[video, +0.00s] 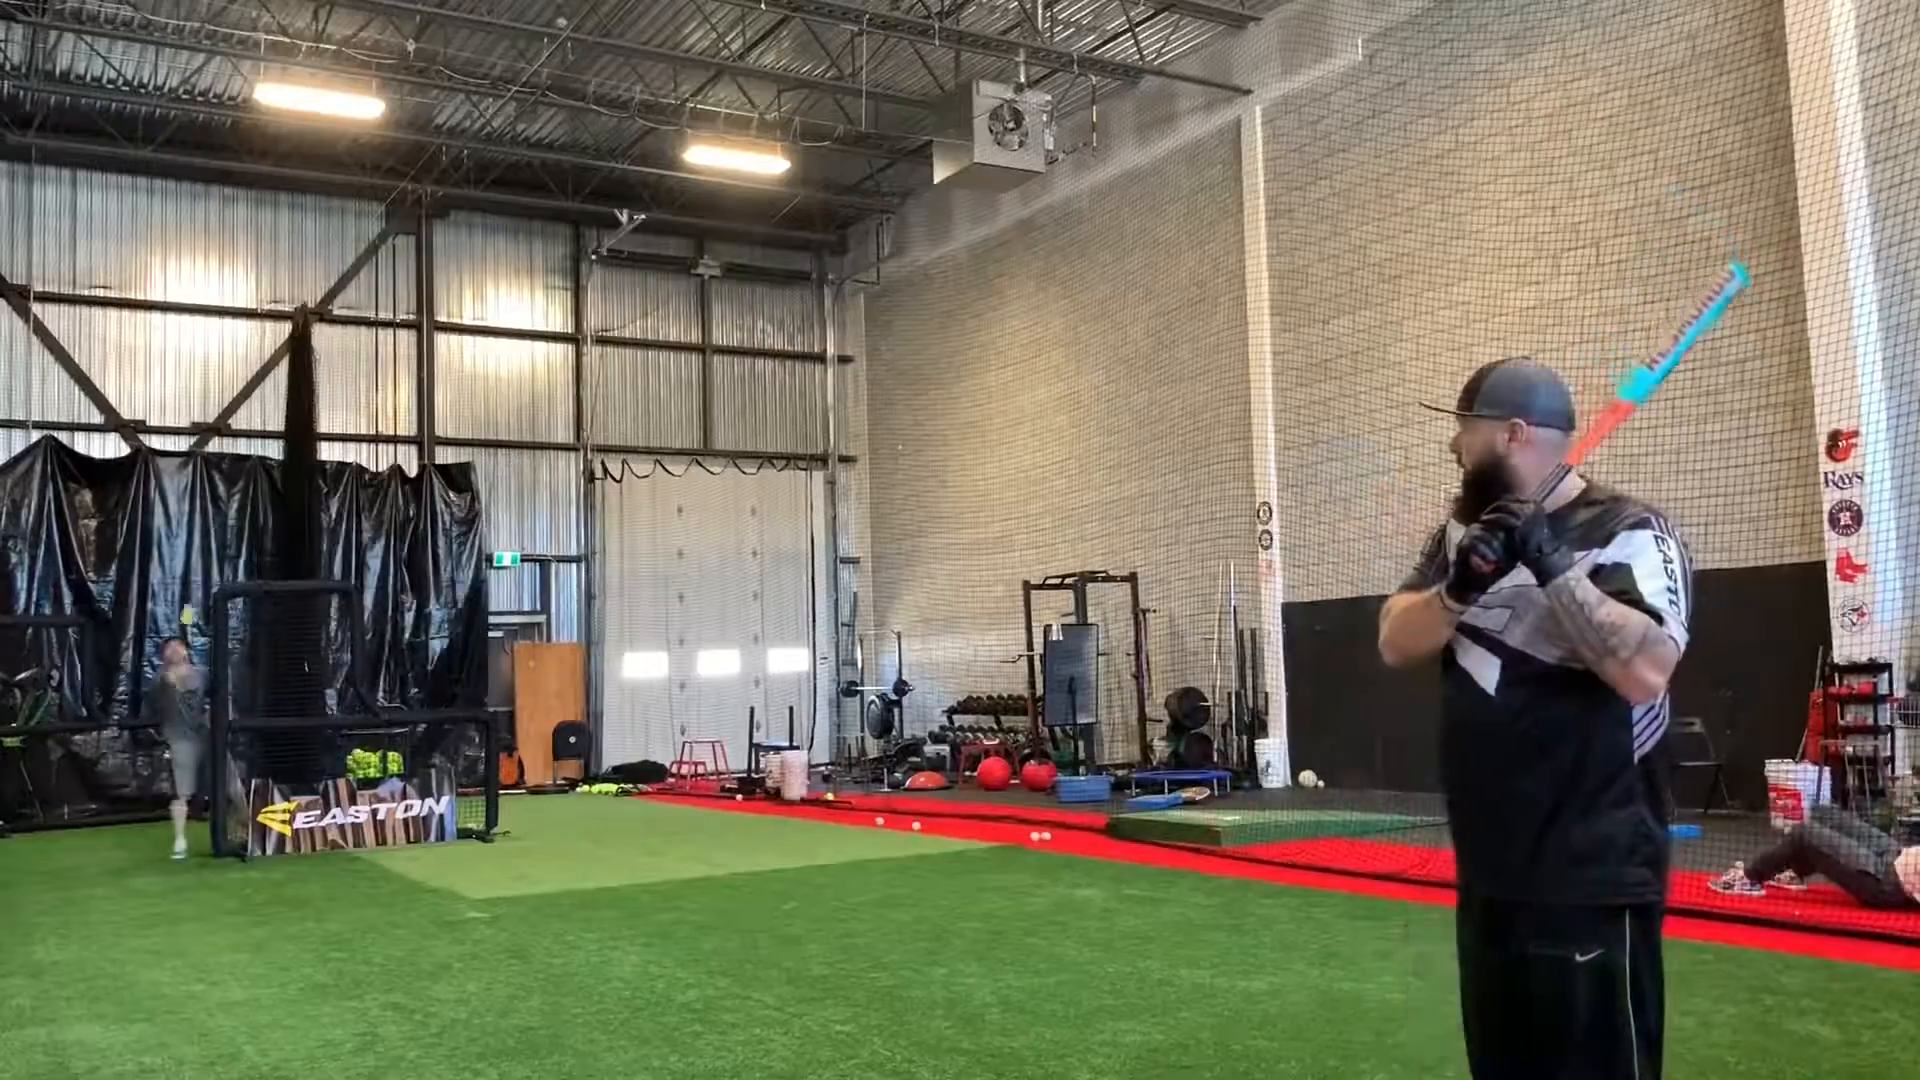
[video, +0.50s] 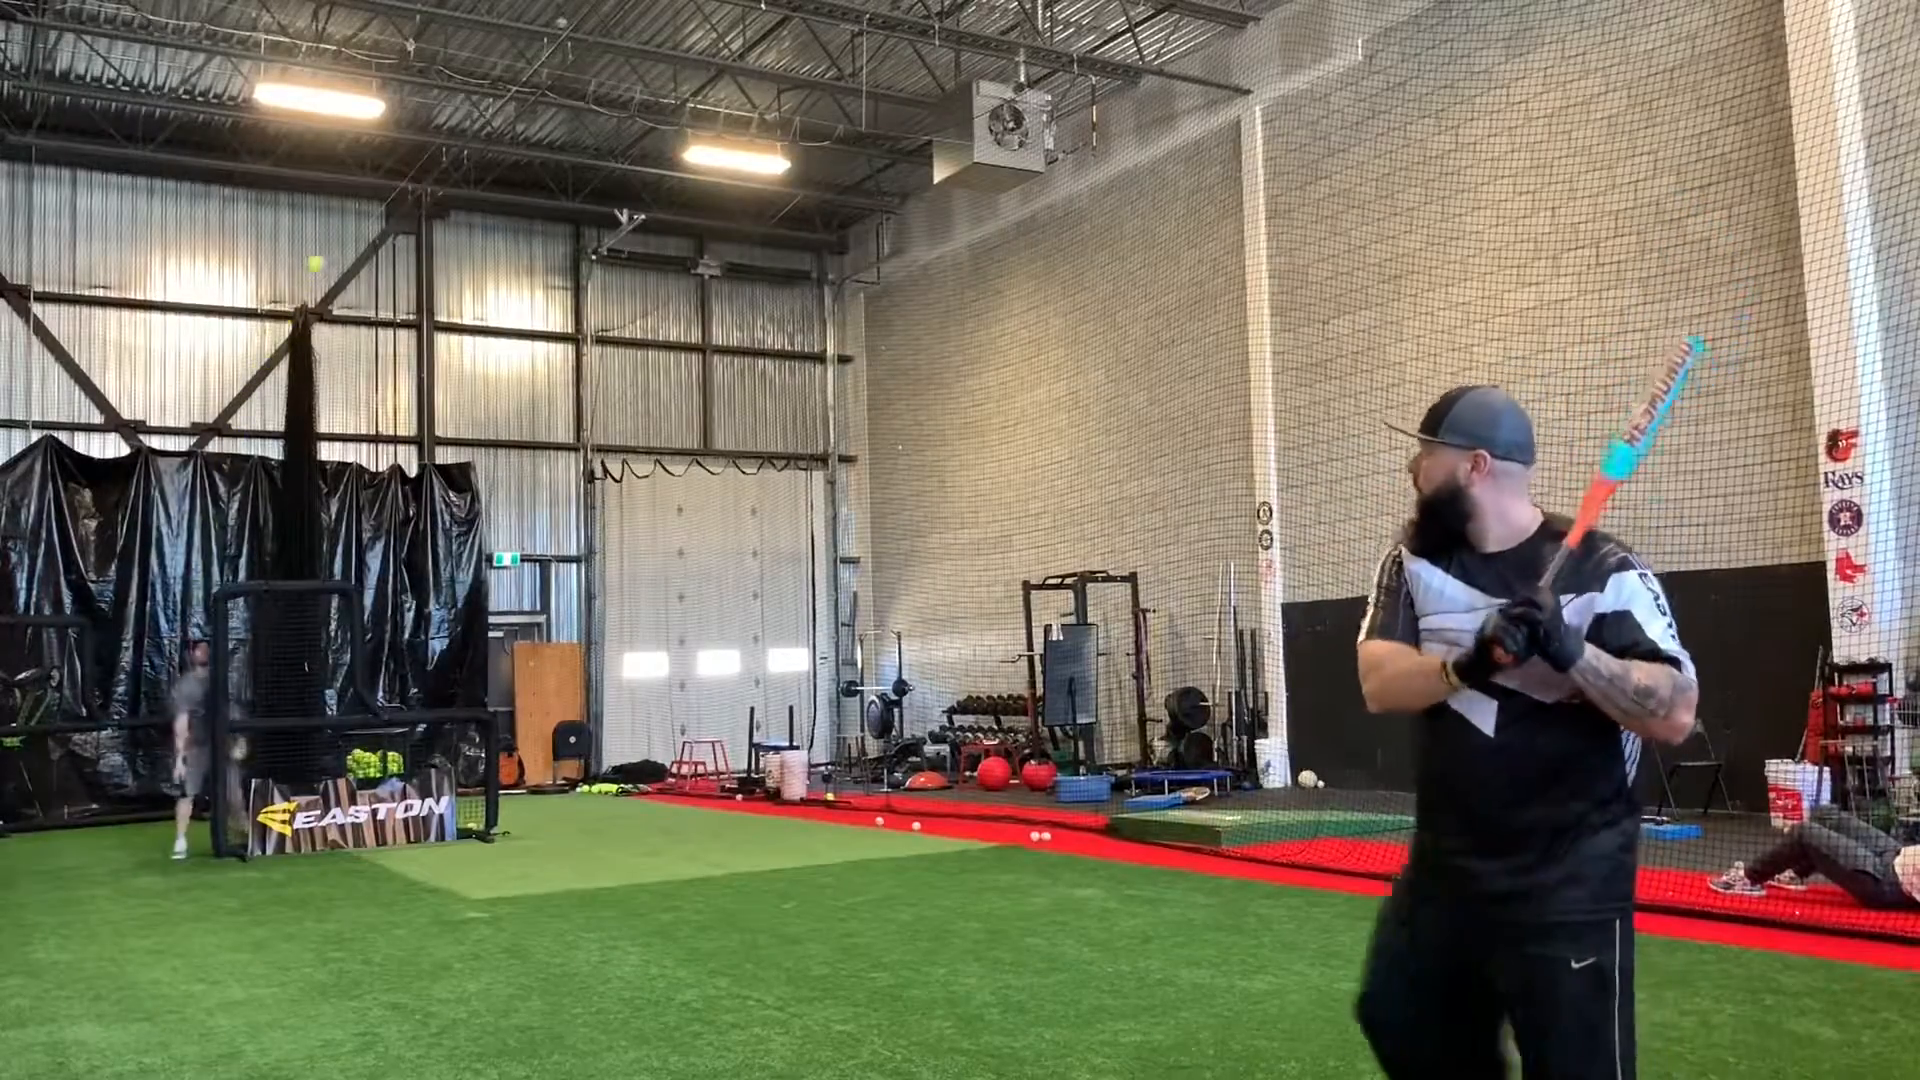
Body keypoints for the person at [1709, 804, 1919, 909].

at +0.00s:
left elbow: (1912, 887)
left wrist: (1908, 861)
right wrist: (1912, 856)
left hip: (1887, 884)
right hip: (1898, 858)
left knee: (1805, 836)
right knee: (1822, 813)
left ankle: (1748, 877)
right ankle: (1797, 873)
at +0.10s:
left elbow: (1912, 887)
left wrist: (1908, 861)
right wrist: (1911, 856)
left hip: (1886, 882)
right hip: (1898, 855)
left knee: (1805, 835)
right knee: (1823, 814)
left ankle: (1747, 876)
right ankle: (1797, 873)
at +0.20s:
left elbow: (1912, 887)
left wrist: (1908, 860)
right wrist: (1911, 856)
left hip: (1885, 882)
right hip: (1898, 855)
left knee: (1805, 835)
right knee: (1822, 814)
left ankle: (1748, 877)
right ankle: (1797, 874)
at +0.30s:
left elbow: (1912, 887)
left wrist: (1908, 861)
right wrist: (1911, 856)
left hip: (1885, 883)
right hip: (1898, 855)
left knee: (1805, 834)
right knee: (1822, 814)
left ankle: (1748, 878)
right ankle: (1797, 874)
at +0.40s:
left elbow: (1912, 887)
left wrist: (1908, 861)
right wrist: (1911, 856)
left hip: (1885, 883)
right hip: (1898, 855)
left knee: (1805, 835)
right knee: (1823, 814)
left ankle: (1748, 878)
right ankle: (1797, 874)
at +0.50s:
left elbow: (1912, 886)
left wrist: (1908, 860)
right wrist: (1911, 856)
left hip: (1885, 883)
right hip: (1898, 856)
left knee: (1806, 834)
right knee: (1824, 814)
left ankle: (1748, 878)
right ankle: (1797, 874)